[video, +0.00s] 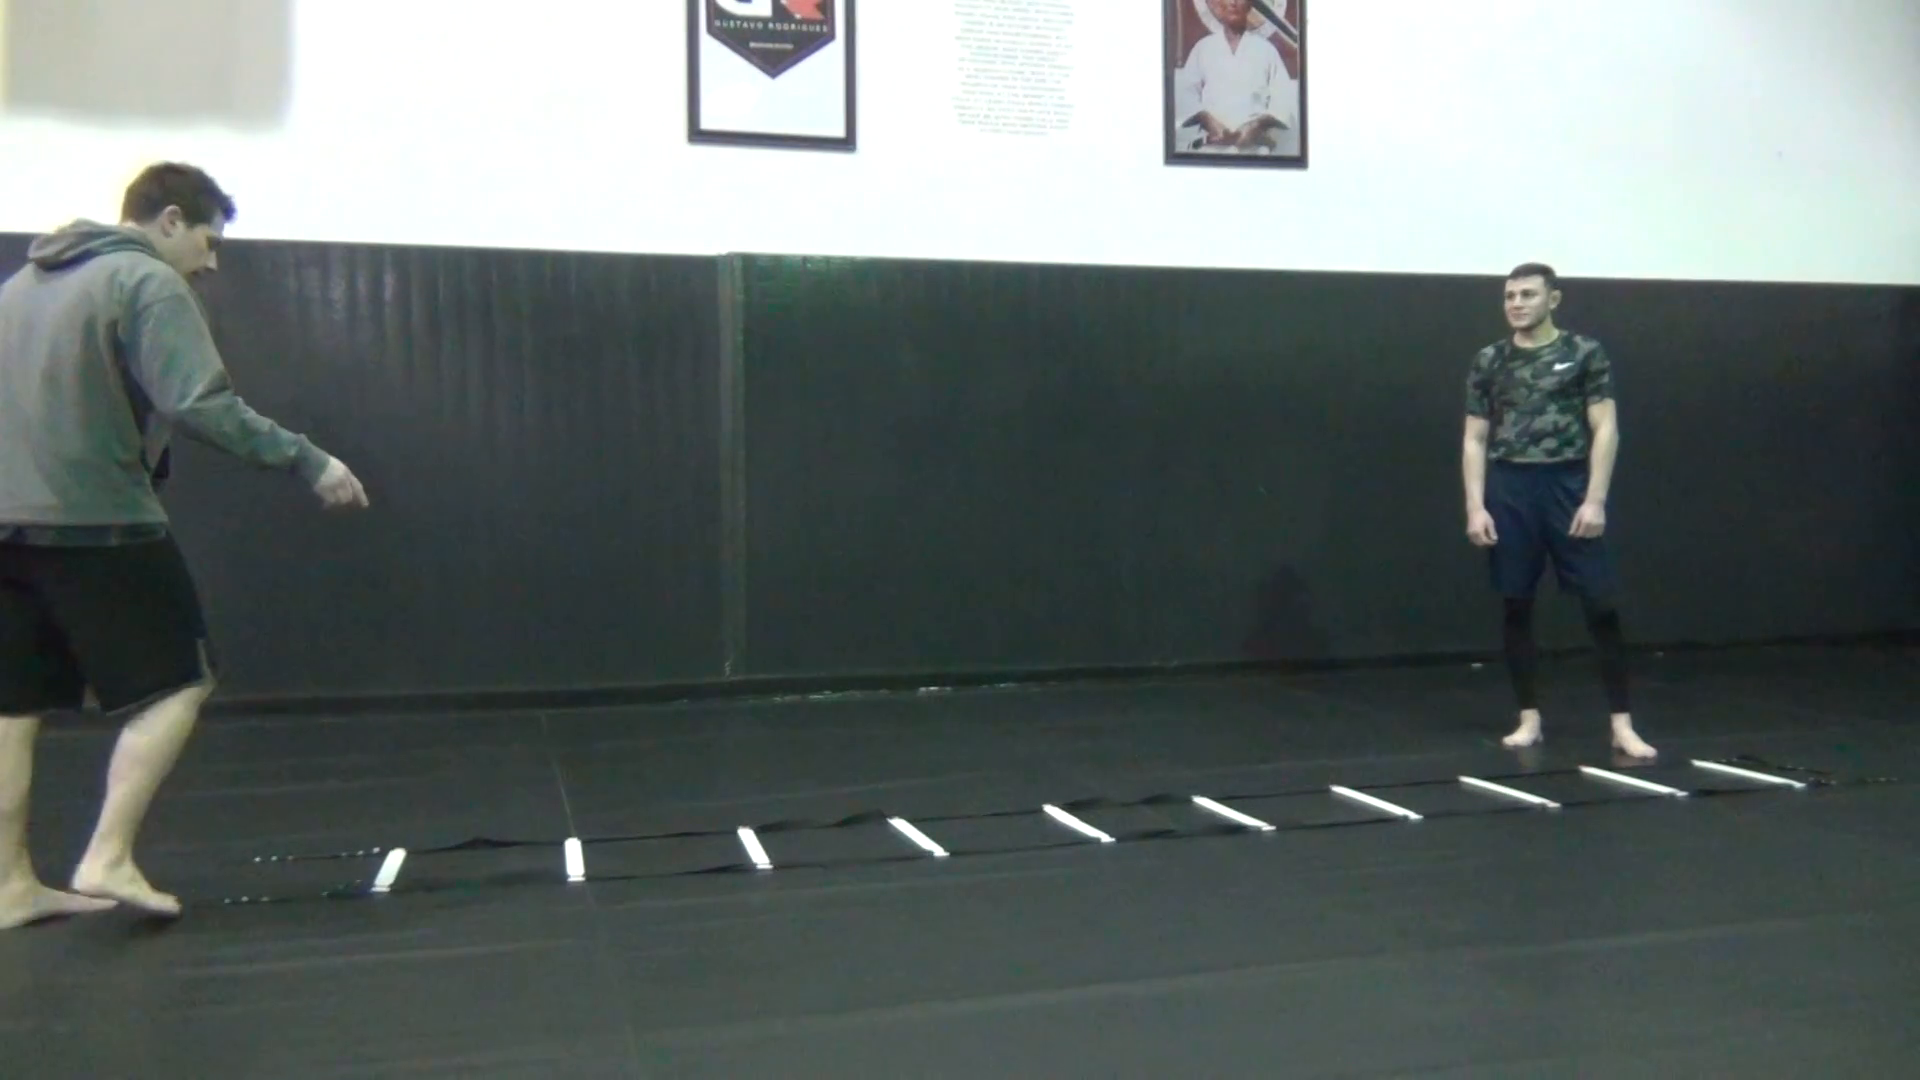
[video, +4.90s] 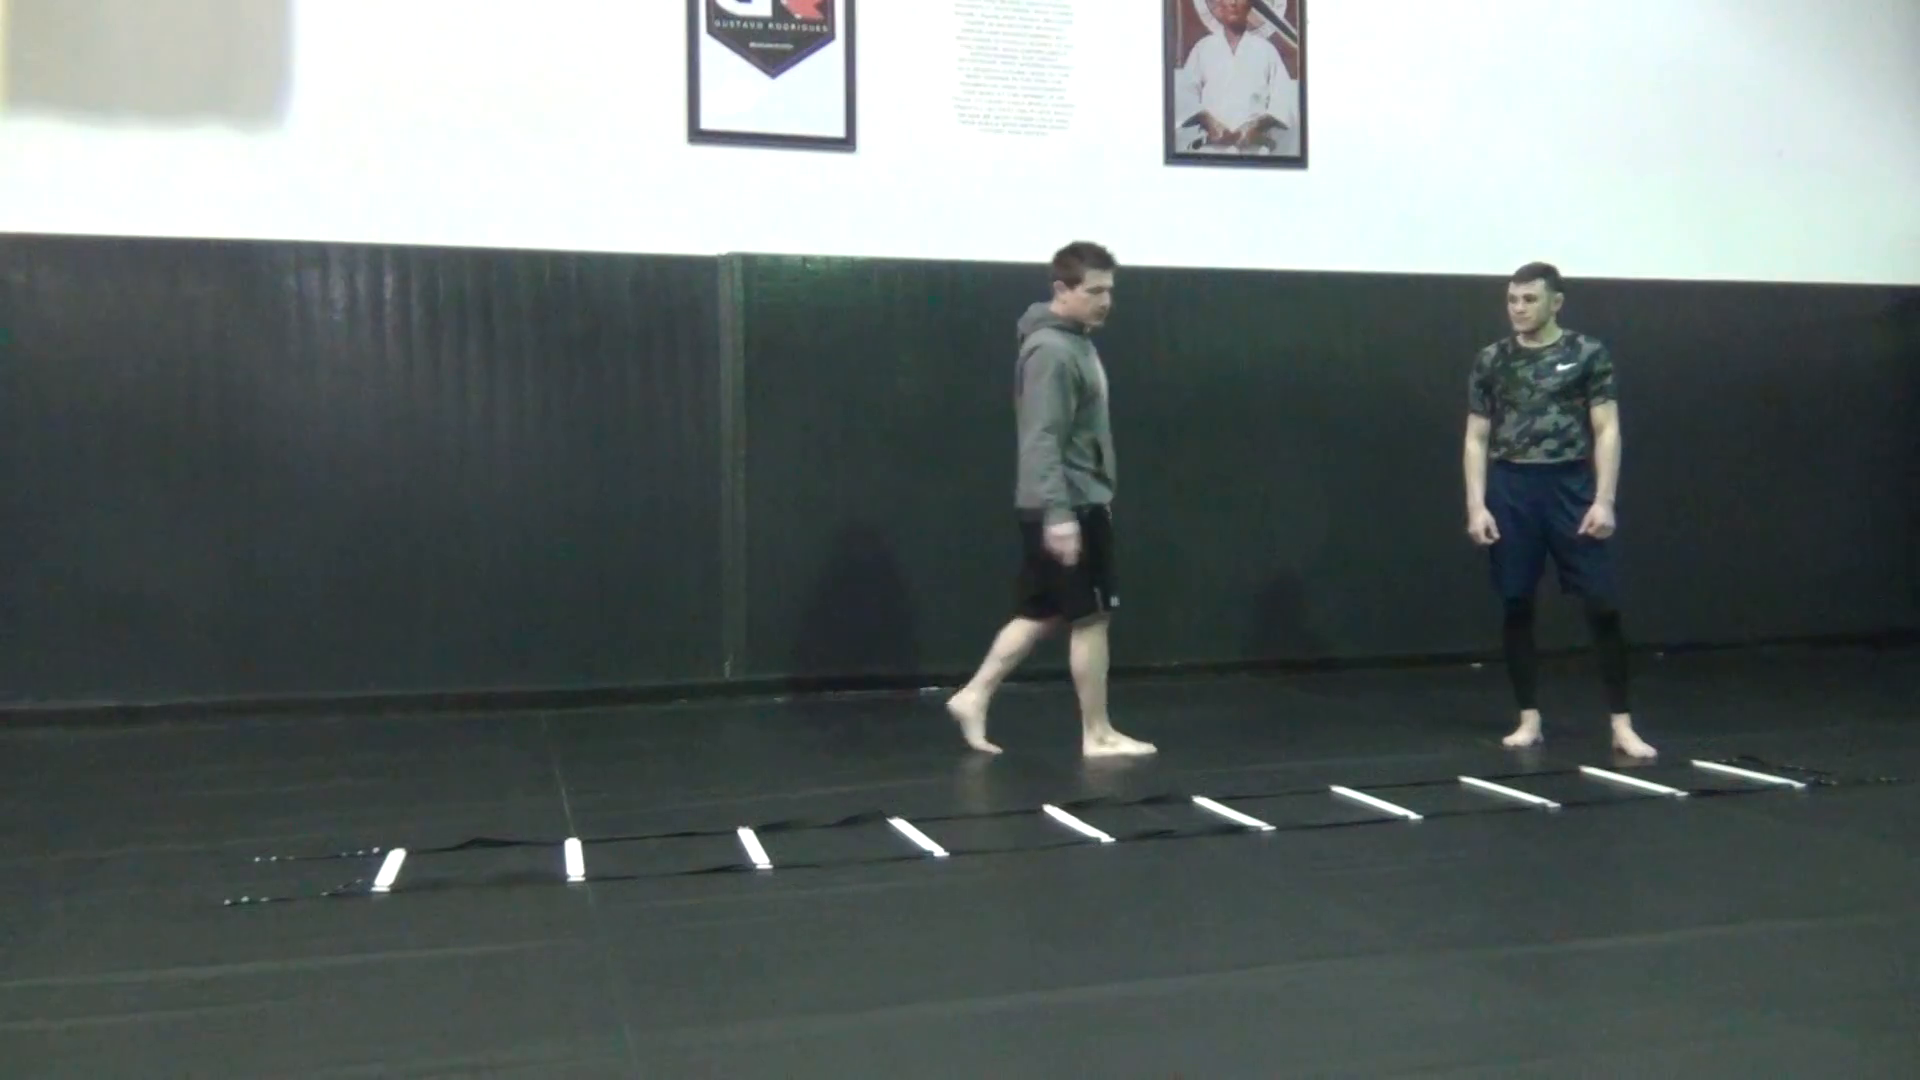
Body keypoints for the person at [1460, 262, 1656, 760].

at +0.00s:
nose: (1516, 304)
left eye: (1528, 295)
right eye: (1510, 297)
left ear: (1553, 299)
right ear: (1504, 303)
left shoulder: (1586, 353)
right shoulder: (1489, 361)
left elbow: (1605, 428)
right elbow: (1474, 438)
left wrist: (1595, 499)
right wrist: (1475, 506)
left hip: (1571, 491)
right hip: (1509, 492)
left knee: (1601, 604)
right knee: (1515, 605)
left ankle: (1621, 724)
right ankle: (1528, 718)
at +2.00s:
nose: (1514, 304)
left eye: (1525, 296)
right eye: (1509, 297)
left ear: (1552, 300)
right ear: (1504, 304)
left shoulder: (1586, 353)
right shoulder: (1489, 360)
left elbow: (1605, 429)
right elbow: (1473, 437)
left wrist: (1596, 499)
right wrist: (1472, 502)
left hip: (1570, 490)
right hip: (1508, 491)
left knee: (1602, 604)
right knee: (1515, 605)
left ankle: (1621, 724)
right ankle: (1528, 718)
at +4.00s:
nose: (1510, 305)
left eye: (1521, 296)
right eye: (1505, 297)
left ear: (1550, 301)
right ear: (1502, 304)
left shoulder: (1587, 354)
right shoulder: (1489, 360)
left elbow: (1604, 429)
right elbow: (1472, 436)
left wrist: (1601, 500)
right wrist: (1470, 504)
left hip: (1570, 489)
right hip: (1508, 491)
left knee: (1600, 603)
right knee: (1514, 605)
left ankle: (1621, 723)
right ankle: (1528, 717)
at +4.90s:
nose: (1518, 308)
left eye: (1529, 300)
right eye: (1512, 300)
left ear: (1555, 302)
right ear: (1507, 304)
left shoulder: (1589, 353)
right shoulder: (1491, 360)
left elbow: (1606, 429)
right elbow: (1476, 437)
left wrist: (1605, 499)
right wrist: (1476, 505)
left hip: (1572, 490)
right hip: (1510, 491)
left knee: (1602, 603)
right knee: (1516, 604)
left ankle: (1621, 724)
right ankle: (1528, 718)